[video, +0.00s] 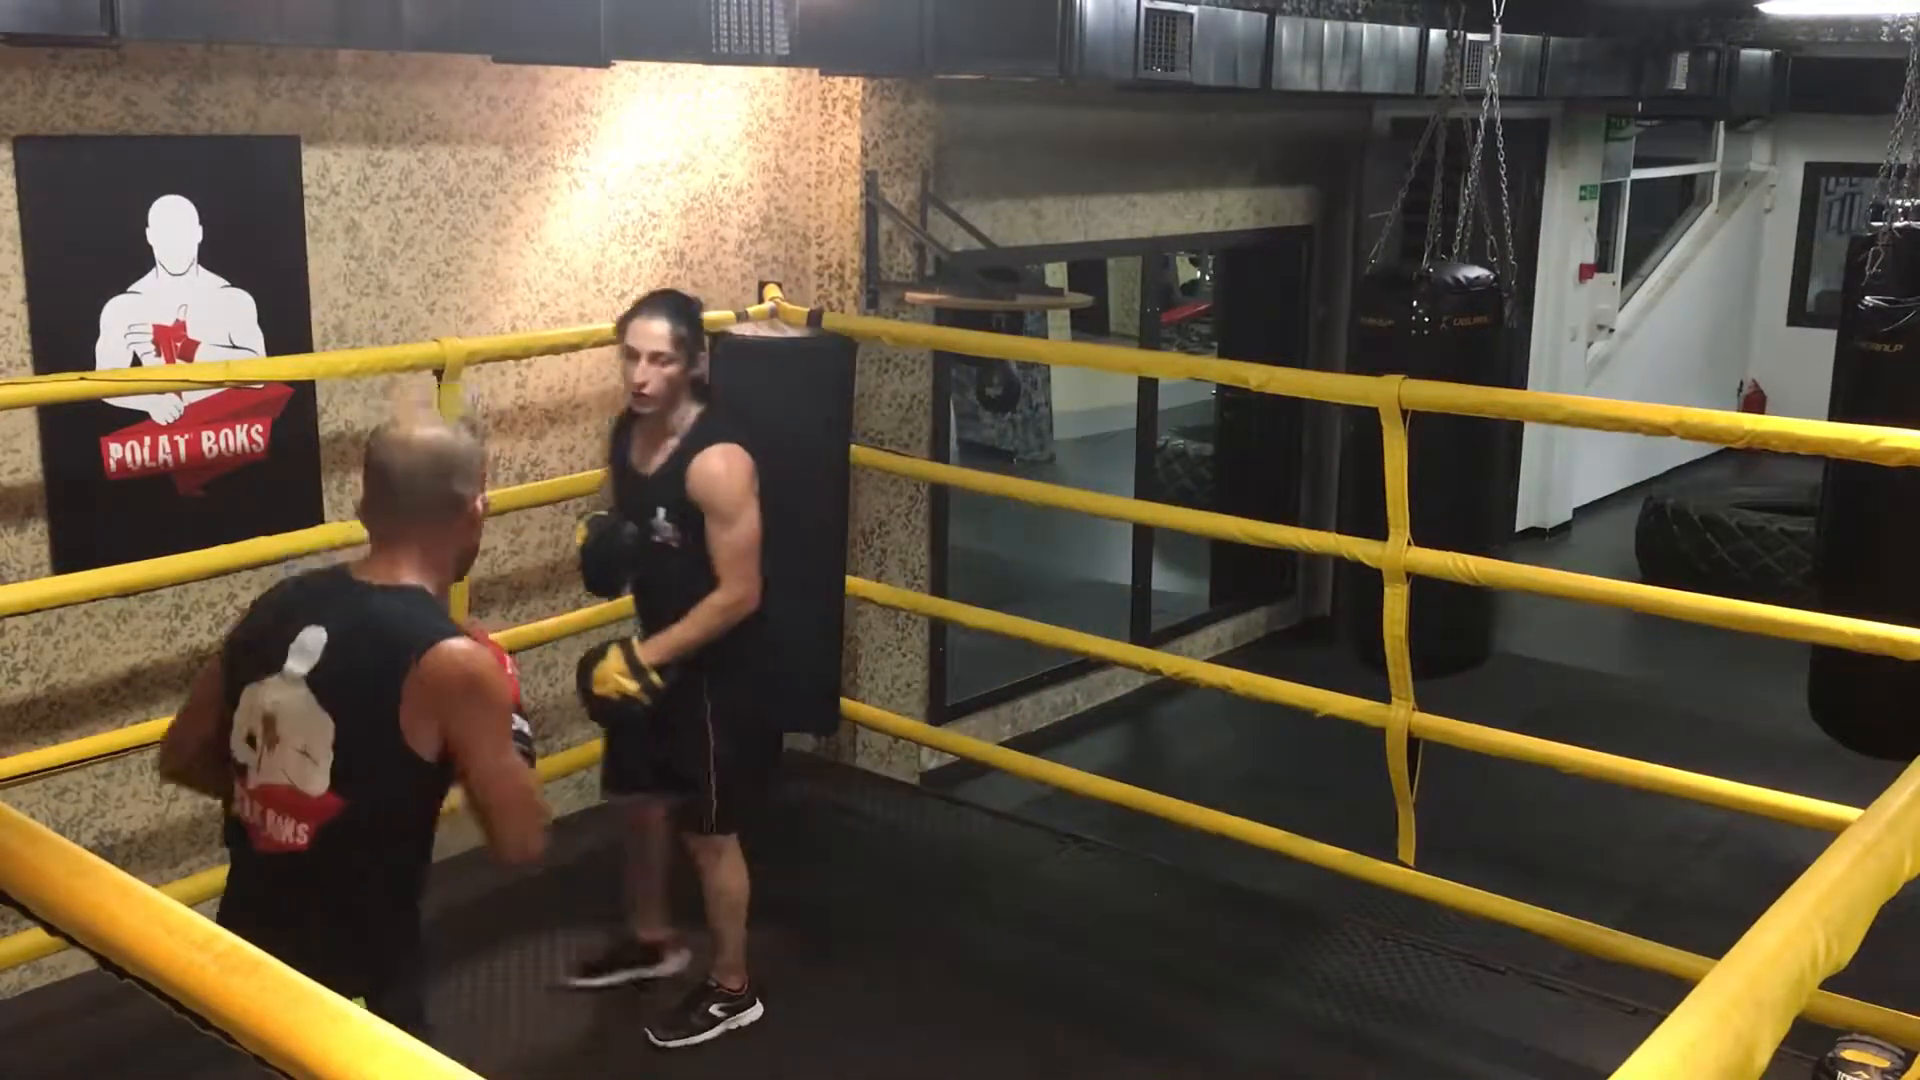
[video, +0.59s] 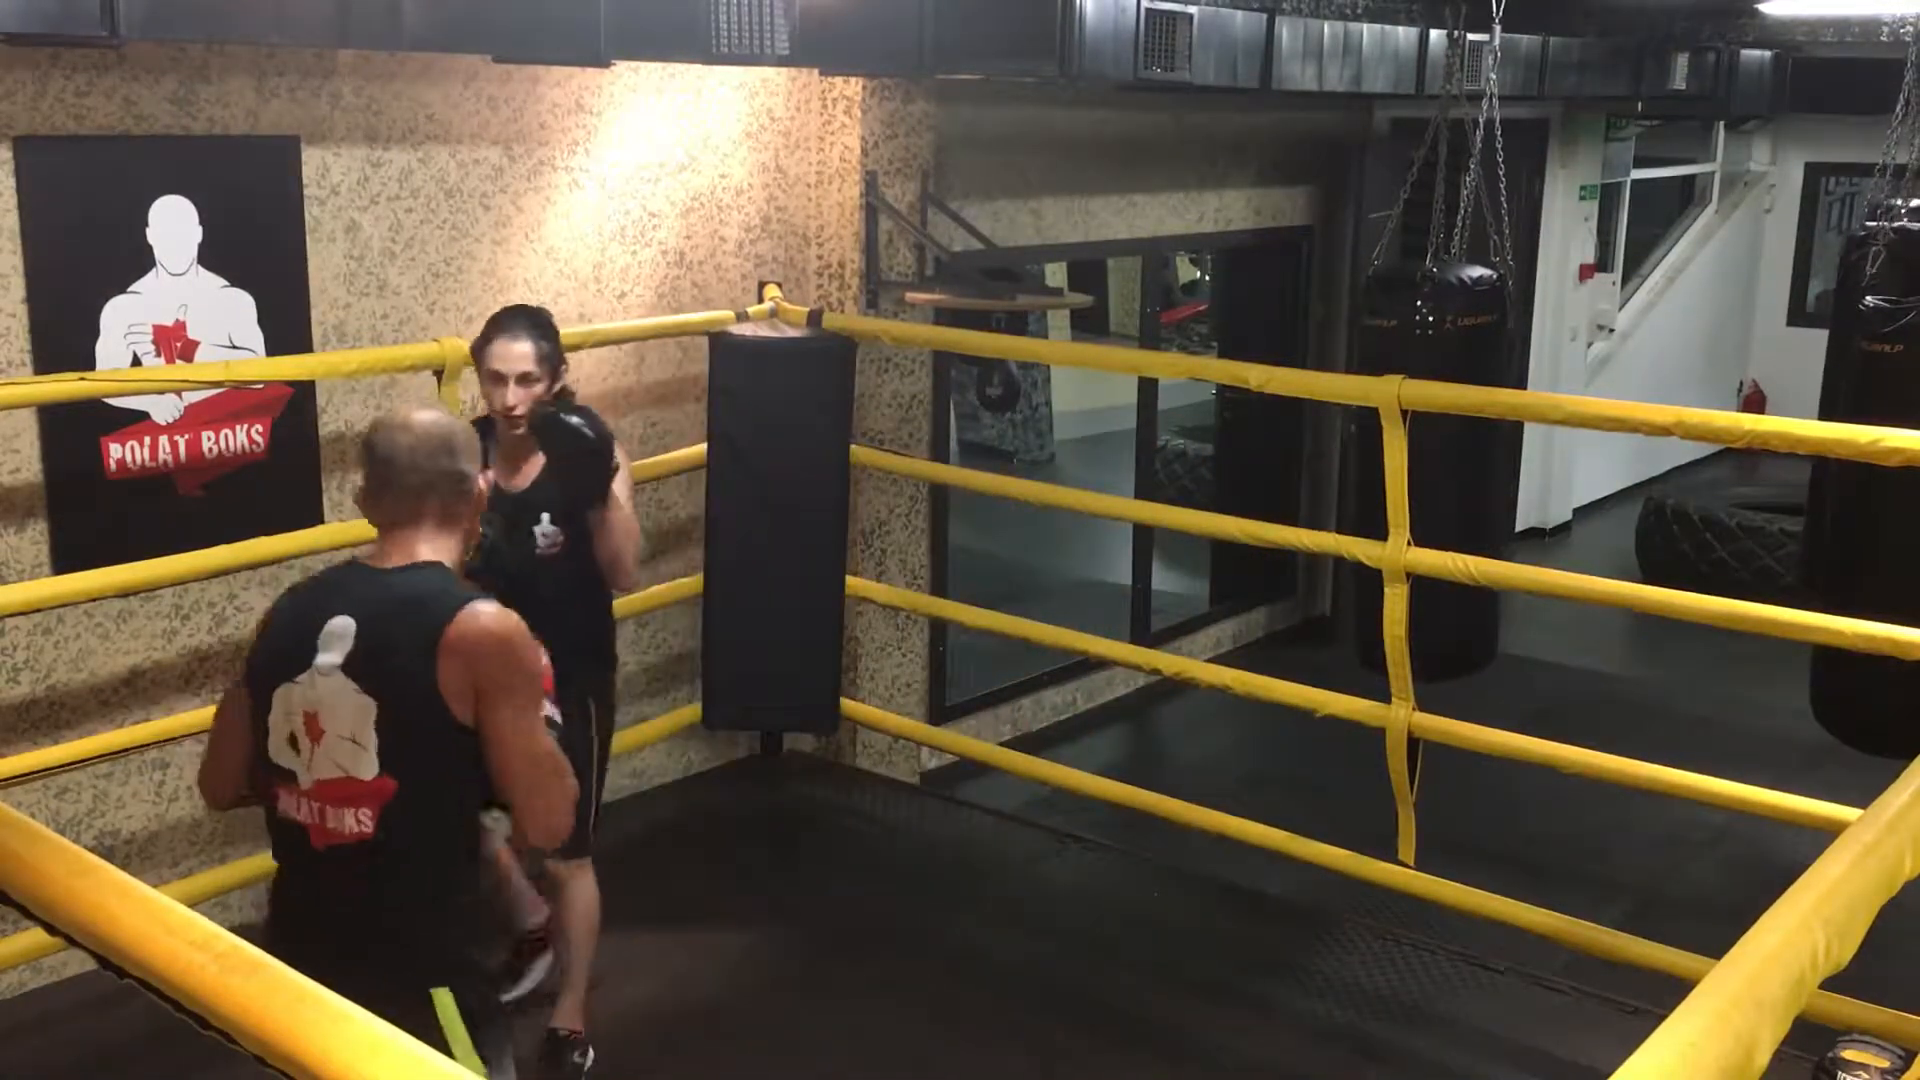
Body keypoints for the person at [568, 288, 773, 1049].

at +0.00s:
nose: (641, 374)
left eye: (660, 359)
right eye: (632, 357)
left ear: (695, 365)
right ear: (621, 359)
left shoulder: (719, 463)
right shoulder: (627, 436)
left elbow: (741, 593)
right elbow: (631, 539)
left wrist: (642, 660)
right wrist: (603, 553)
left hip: (717, 663)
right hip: (650, 652)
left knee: (711, 834)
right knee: (641, 807)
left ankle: (733, 987)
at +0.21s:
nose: (575, 384)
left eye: (591, 368)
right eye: (562, 368)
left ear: (622, 371)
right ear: (548, 373)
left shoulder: (661, 460)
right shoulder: (544, 451)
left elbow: (707, 580)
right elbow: (523, 561)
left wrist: (634, 658)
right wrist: (534, 560)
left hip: (655, 662)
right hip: (583, 652)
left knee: (618, 839)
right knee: (555, 810)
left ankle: (695, 962)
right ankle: (583, 947)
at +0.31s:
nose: (549, 377)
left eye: (565, 360)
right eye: (535, 361)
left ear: (596, 363)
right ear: (520, 366)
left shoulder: (639, 451)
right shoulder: (515, 445)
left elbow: (690, 561)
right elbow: (497, 557)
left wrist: (636, 619)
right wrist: (514, 568)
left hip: (627, 656)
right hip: (554, 650)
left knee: (603, 834)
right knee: (549, 812)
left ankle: (636, 985)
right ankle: (582, 948)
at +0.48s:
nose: (518, 386)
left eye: (536, 369)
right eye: (505, 369)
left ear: (568, 373)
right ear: (489, 373)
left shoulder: (606, 452)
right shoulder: (480, 446)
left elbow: (651, 572)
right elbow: (447, 548)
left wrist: (621, 480)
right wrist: (457, 525)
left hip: (583, 668)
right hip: (503, 662)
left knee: (575, 844)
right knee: (517, 825)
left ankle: (571, 1018)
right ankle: (584, 939)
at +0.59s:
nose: (511, 397)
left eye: (526, 380)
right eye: (496, 380)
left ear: (556, 379)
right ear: (477, 380)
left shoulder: (586, 451)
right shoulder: (469, 448)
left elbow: (621, 570)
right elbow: (443, 555)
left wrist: (596, 479)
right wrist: (466, 489)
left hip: (572, 669)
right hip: (486, 663)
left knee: (565, 854)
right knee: (470, 817)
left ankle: (570, 1016)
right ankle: (535, 921)